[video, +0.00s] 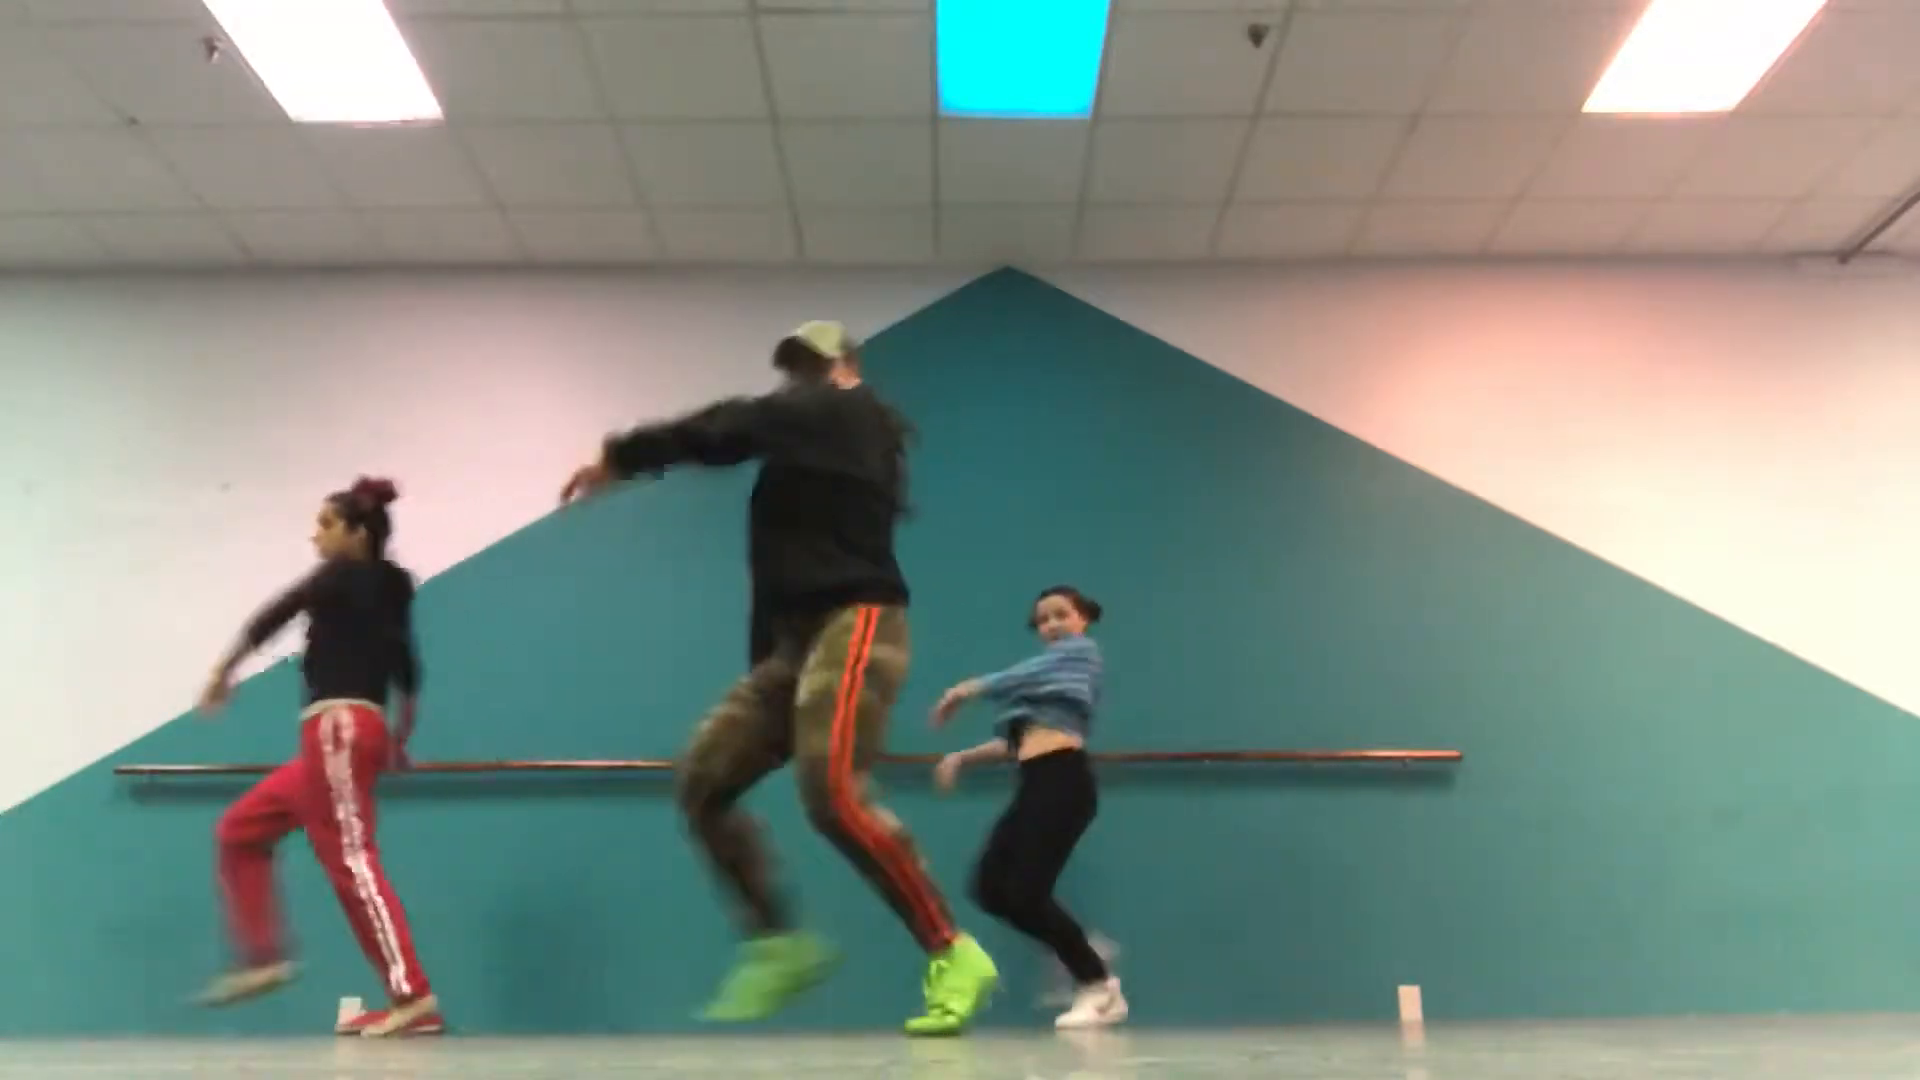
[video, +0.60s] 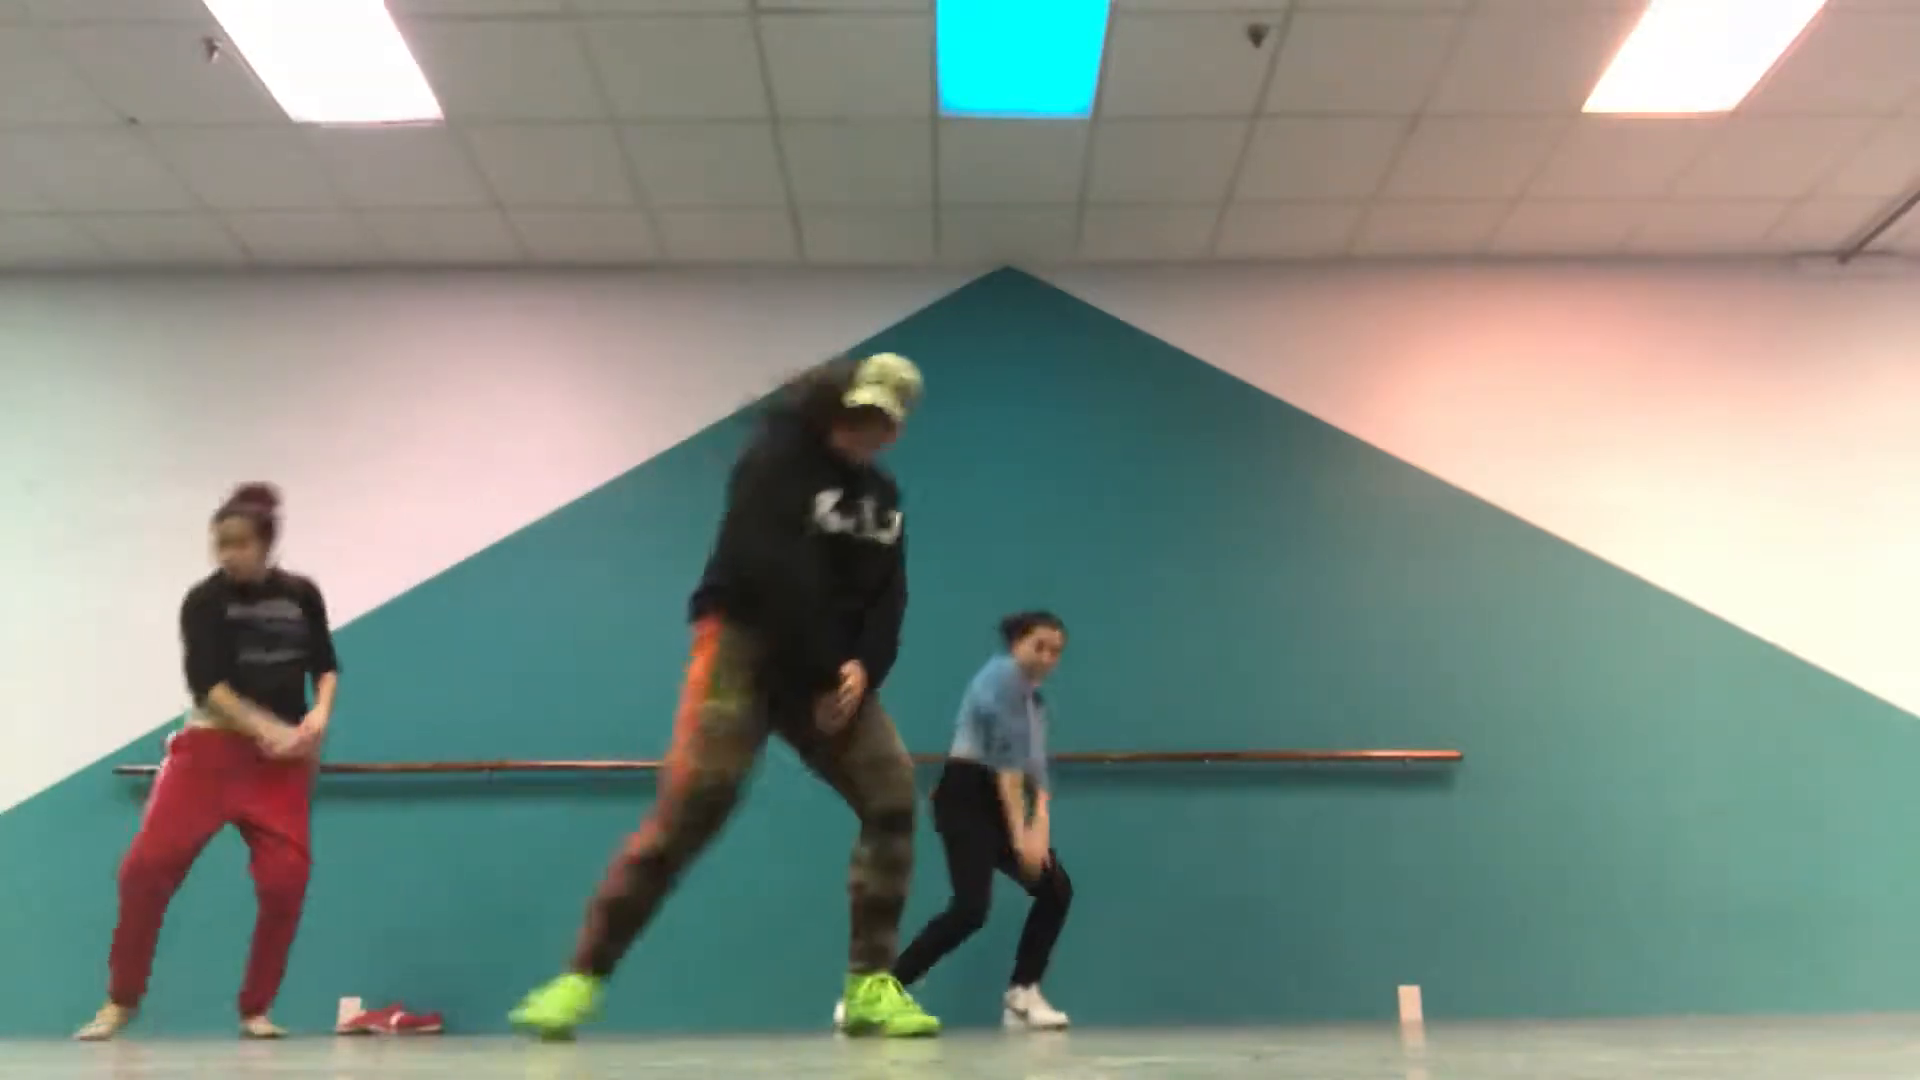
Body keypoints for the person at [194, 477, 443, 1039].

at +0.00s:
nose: (316, 535)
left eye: (325, 526)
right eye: (318, 525)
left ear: (357, 531)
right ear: (365, 534)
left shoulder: (336, 574)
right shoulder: (392, 584)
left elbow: (275, 615)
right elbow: (406, 664)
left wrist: (226, 669)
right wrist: (401, 733)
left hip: (337, 727)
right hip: (362, 730)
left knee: (350, 859)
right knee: (241, 829)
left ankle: (411, 997)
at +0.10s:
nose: (296, 544)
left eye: (303, 536)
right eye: (300, 535)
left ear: (322, 541)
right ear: (346, 546)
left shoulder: (295, 578)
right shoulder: (360, 593)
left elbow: (225, 635)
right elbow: (353, 674)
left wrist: (178, 697)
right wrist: (356, 745)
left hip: (300, 739)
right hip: (332, 738)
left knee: (328, 868)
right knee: (210, 855)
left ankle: (408, 996)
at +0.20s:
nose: (262, 576)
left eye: (271, 570)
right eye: (270, 567)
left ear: (280, 578)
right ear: (311, 587)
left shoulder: (243, 620)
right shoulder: (314, 634)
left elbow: (188, 689)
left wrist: (174, 758)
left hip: (269, 782)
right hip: (253, 786)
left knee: (290, 901)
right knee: (159, 872)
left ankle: (400, 994)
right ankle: (145, 1016)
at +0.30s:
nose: (200, 599)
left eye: (211, 592)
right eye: (205, 590)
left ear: (234, 603)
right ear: (237, 606)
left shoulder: (241, 645)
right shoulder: (231, 655)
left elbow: (253, 718)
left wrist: (251, 787)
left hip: (250, 806)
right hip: (221, 809)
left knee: (275, 933)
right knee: (117, 884)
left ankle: (400, 990)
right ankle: (141, 1015)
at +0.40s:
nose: (165, 597)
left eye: (175, 586)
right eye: (164, 587)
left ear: (210, 592)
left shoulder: (257, 639)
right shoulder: (188, 668)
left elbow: (313, 705)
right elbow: (156, 743)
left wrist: (299, 782)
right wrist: (112, 804)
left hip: (254, 800)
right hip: (198, 800)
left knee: (261, 911)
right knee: (108, 886)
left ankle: (391, 984)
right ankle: (141, 1016)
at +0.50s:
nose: (184, 579)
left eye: (194, 566)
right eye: (179, 567)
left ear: (227, 563)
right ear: (178, 570)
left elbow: (327, 684)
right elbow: (181, 716)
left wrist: (313, 745)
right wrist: (189, 775)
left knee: (282, 879)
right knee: (121, 874)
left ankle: (290, 995)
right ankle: (139, 1012)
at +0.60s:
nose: (227, 554)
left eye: (238, 542)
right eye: (221, 543)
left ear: (267, 543)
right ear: (214, 544)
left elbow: (326, 669)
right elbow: (208, 687)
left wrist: (317, 718)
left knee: (286, 882)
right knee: (145, 867)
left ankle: (256, 1011)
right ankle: (122, 1000)